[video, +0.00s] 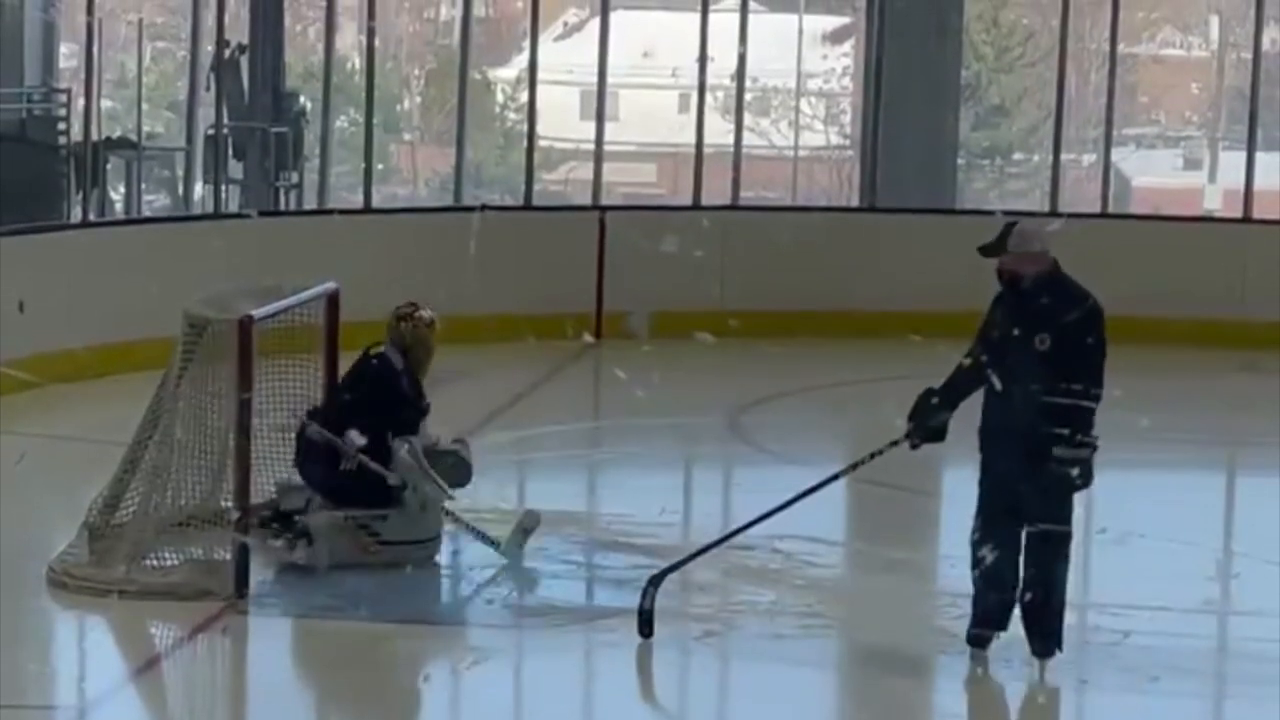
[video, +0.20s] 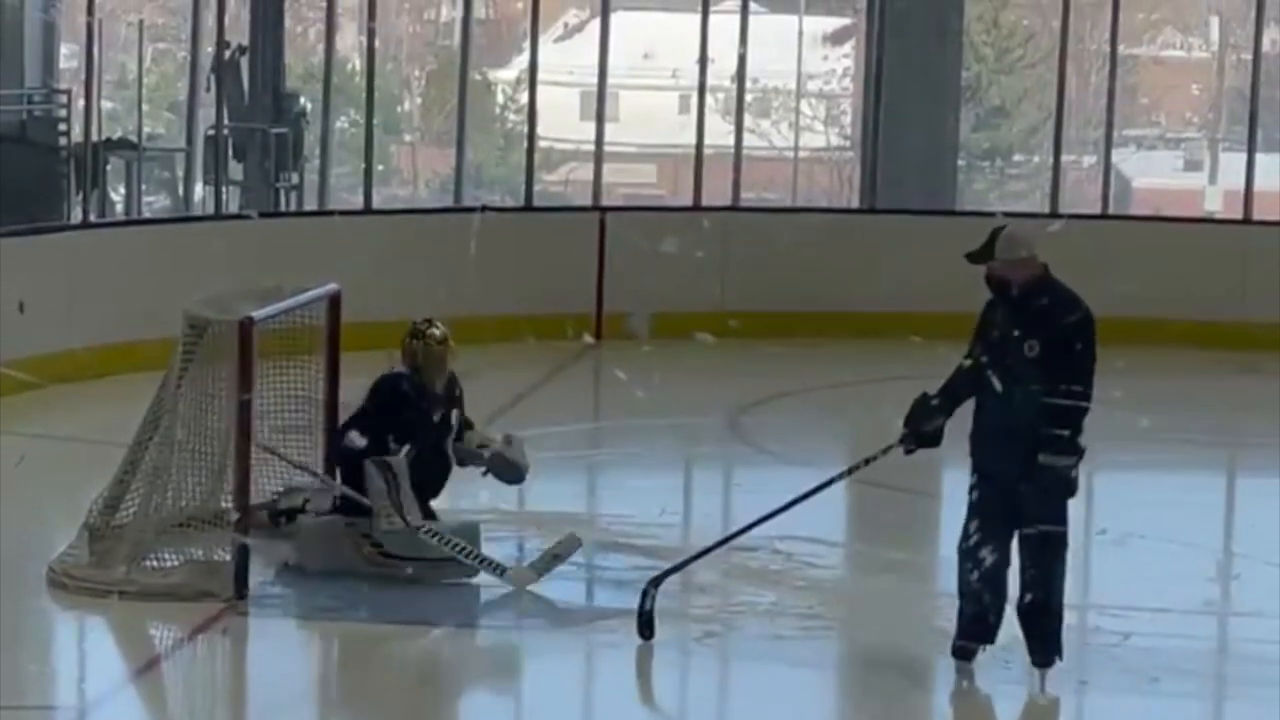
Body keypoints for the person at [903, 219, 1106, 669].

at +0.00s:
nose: (999, 268)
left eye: (1006, 261)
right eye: (999, 261)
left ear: (1031, 259)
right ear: (1017, 259)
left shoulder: (1080, 309)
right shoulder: (1009, 299)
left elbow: (1084, 387)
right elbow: (979, 361)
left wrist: (1074, 447)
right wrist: (940, 404)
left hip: (1052, 449)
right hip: (1002, 445)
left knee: (1047, 547)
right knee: (993, 540)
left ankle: (1045, 642)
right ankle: (984, 628)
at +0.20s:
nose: (993, 275)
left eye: (999, 268)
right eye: (992, 268)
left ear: (1023, 266)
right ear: (1005, 267)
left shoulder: (1070, 315)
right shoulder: (1000, 306)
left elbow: (1071, 397)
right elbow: (975, 367)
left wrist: (1057, 463)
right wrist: (935, 410)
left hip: (1043, 462)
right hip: (994, 457)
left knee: (1043, 562)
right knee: (980, 554)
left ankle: (1044, 657)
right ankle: (967, 649)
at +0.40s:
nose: (978, 280)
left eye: (984, 272)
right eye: (978, 272)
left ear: (1008, 270)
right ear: (999, 270)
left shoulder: (1056, 318)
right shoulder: (990, 313)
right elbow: (977, 378)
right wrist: (937, 422)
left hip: (1037, 465)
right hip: (985, 460)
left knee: (1036, 565)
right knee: (969, 558)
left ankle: (1040, 664)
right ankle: (954, 656)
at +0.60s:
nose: (964, 284)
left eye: (970, 276)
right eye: (963, 276)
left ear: (994, 274)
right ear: (979, 275)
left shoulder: (1039, 324)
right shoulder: (980, 318)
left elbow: (1012, 399)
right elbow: (969, 391)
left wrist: (940, 423)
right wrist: (934, 428)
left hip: (1022, 472)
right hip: (971, 466)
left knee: (1022, 577)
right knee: (950, 568)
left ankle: (1027, 684)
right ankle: (936, 673)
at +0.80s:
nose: (947, 289)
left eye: (953, 280)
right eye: (946, 280)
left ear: (976, 277)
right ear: (961, 280)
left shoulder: (1014, 328)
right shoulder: (968, 322)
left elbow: (997, 410)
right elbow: (952, 395)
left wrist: (934, 432)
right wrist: (922, 420)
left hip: (1000, 472)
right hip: (954, 466)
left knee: (997, 573)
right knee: (929, 565)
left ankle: (1008, 684)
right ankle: (924, 672)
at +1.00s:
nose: (920, 288)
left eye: (925, 279)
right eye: (919, 280)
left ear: (948, 278)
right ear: (948, 278)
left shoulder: (978, 330)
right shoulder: (944, 326)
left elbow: (968, 415)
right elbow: (926, 397)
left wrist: (906, 438)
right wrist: (896, 428)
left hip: (968, 481)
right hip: (924, 477)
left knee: (964, 577)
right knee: (900, 573)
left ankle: (979, 691)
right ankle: (895, 680)